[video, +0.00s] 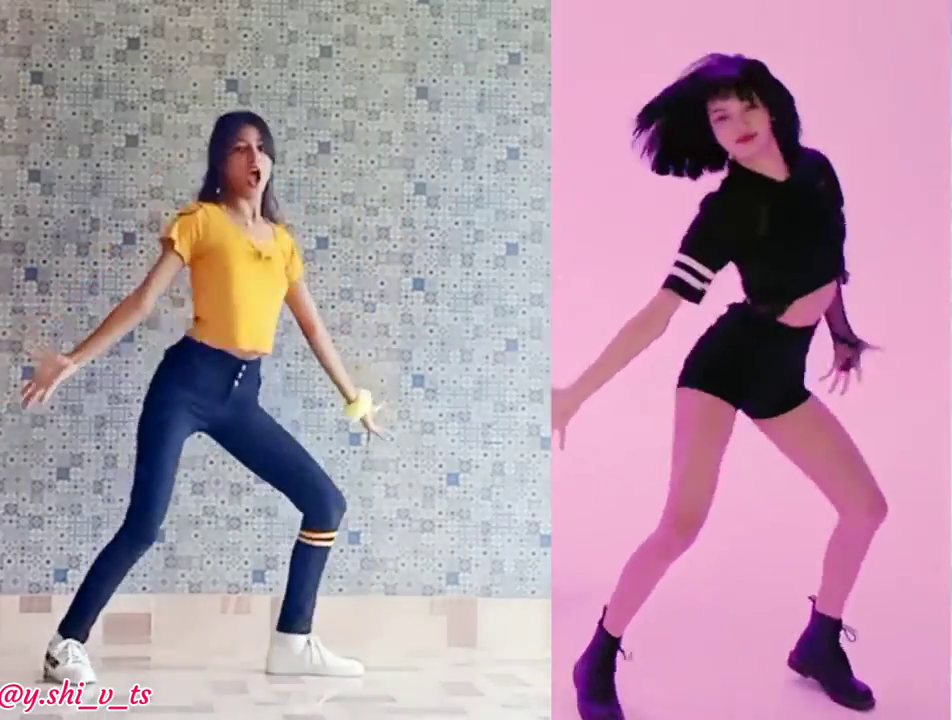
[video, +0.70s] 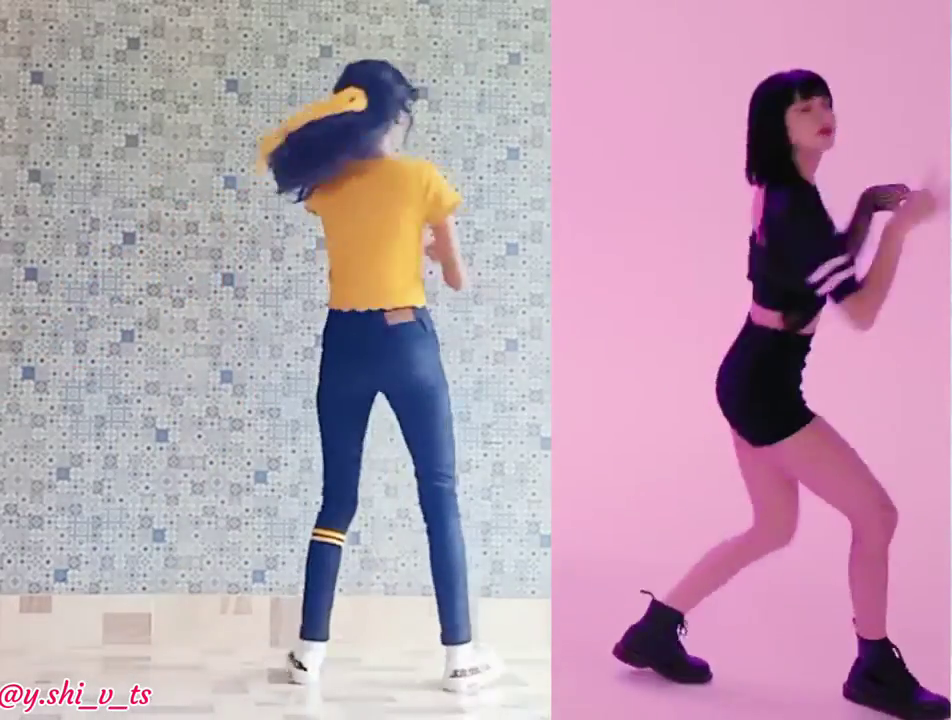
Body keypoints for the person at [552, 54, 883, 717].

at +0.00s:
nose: (739, 123)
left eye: (748, 106)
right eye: (722, 116)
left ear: (773, 108)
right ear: (710, 134)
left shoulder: (817, 172)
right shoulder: (727, 207)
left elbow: (826, 256)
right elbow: (659, 312)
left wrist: (840, 327)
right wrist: (574, 393)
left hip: (779, 370)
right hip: (722, 362)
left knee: (864, 507)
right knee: (680, 527)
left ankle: (820, 643)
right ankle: (599, 659)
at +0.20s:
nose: (770, 138)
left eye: (781, 124)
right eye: (755, 125)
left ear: (795, 126)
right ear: (730, 129)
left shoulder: (786, 177)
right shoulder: (712, 207)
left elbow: (808, 247)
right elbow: (694, 314)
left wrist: (878, 253)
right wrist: (671, 414)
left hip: (799, 374)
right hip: (745, 377)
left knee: (826, 536)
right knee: (726, 554)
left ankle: (746, 659)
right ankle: (601, 650)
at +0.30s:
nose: (786, 120)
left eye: (796, 107)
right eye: (771, 107)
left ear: (808, 111)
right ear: (743, 111)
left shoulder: (812, 159)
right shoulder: (708, 191)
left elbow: (855, 251)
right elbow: (701, 300)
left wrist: (873, 196)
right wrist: (701, 396)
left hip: (806, 354)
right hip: (743, 361)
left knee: (796, 525)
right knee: (799, 527)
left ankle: (726, 642)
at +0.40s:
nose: (797, 151)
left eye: (806, 139)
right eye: (782, 139)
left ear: (817, 148)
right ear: (751, 148)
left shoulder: (825, 212)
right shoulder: (718, 223)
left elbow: (860, 309)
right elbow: (696, 323)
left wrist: (858, 236)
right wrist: (681, 409)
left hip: (787, 387)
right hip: (732, 391)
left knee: (783, 554)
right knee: (845, 523)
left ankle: (687, 645)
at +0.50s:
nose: (806, 186)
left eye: (815, 174)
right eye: (791, 173)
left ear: (825, 185)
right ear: (763, 183)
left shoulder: (829, 248)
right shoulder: (725, 256)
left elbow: (859, 330)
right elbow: (680, 342)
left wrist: (866, 275)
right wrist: (684, 418)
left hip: (795, 418)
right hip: (740, 425)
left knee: (798, 581)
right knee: (859, 545)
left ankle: (676, 637)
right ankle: (889, 677)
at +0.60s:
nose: (816, 157)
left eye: (823, 144)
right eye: (800, 146)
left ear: (833, 153)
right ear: (772, 157)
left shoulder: (833, 216)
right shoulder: (748, 240)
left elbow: (910, 291)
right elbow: (734, 362)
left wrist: (902, 232)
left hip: (788, 405)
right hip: (748, 415)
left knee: (798, 565)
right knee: (877, 535)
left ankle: (663, 626)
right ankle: (880, 672)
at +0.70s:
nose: (826, 114)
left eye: (826, 104)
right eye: (808, 107)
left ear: (821, 120)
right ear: (778, 127)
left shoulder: (780, 191)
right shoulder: (797, 208)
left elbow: (828, 274)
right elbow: (861, 311)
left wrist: (865, 213)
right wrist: (898, 229)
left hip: (747, 374)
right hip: (766, 386)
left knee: (772, 527)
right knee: (874, 512)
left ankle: (656, 627)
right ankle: (875, 665)